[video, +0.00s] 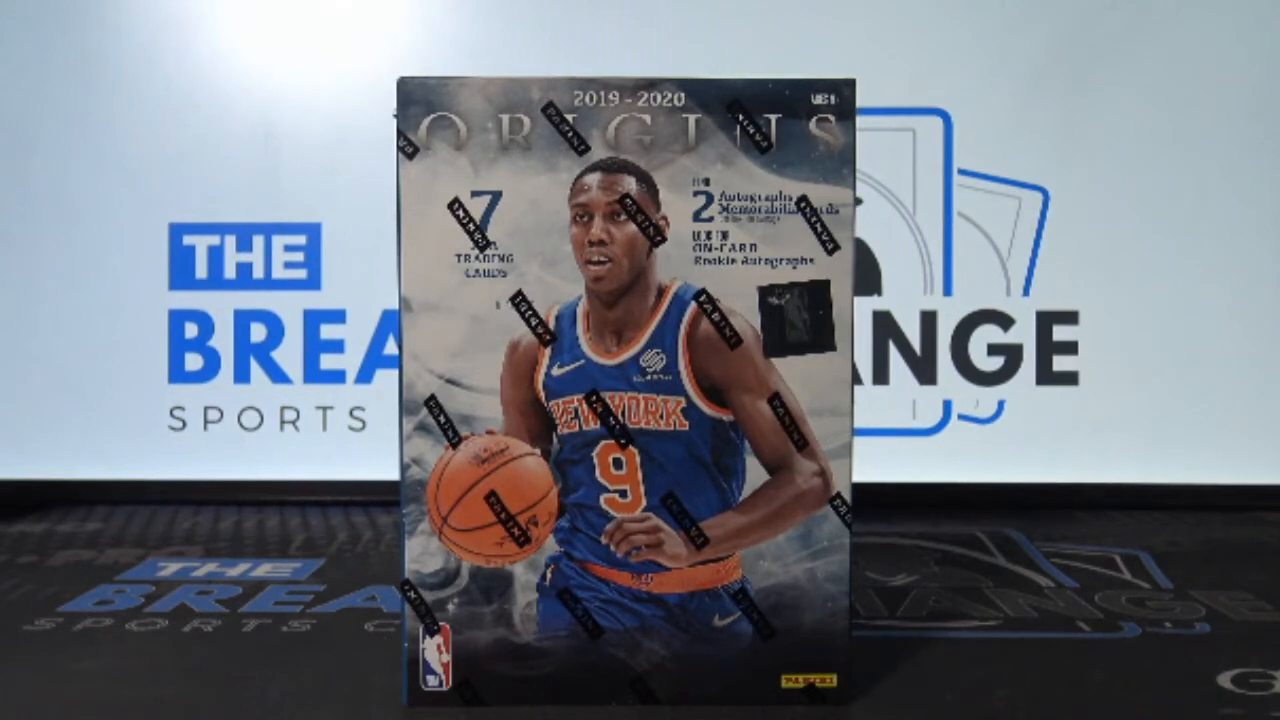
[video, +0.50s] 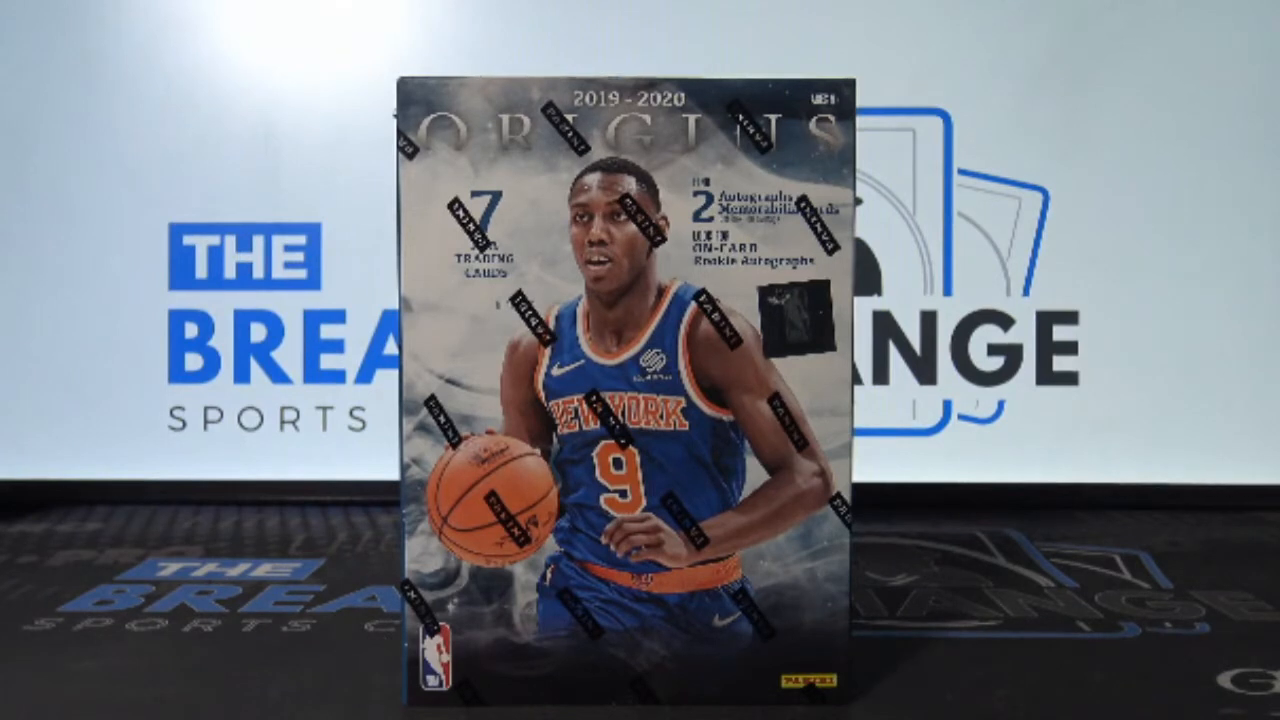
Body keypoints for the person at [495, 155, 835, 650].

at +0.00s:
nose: (595, 234)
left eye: (617, 216)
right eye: (582, 218)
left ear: (657, 230)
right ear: (570, 231)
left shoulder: (712, 334)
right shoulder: (534, 352)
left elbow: (809, 476)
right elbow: (525, 486)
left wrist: (694, 543)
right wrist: (479, 468)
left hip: (697, 613)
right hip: (583, 606)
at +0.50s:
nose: (595, 234)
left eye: (617, 216)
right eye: (582, 218)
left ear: (657, 230)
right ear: (570, 231)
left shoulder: (712, 334)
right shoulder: (534, 352)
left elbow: (809, 476)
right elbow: (525, 486)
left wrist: (694, 544)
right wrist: (479, 469)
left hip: (697, 613)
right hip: (583, 606)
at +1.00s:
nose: (595, 234)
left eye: (617, 216)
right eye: (582, 218)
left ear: (657, 230)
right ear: (570, 231)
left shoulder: (712, 334)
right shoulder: (534, 352)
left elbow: (809, 476)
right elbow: (525, 486)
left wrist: (694, 543)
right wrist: (478, 469)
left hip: (697, 611)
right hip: (583, 604)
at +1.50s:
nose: (595, 235)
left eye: (617, 216)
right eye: (582, 218)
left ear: (657, 229)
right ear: (570, 231)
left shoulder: (712, 334)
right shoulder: (534, 352)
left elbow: (809, 476)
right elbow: (526, 487)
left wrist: (695, 543)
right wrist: (477, 471)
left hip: (698, 612)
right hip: (583, 605)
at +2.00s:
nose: (595, 235)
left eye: (617, 216)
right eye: (582, 218)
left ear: (657, 229)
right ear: (570, 231)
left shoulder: (712, 334)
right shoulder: (534, 352)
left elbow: (810, 475)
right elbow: (526, 488)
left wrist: (695, 543)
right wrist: (476, 472)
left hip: (697, 613)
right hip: (582, 606)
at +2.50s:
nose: (595, 235)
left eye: (617, 216)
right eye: (582, 218)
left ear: (657, 230)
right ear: (570, 232)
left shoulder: (712, 334)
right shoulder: (534, 353)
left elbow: (809, 476)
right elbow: (525, 488)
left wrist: (695, 543)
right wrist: (475, 473)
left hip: (697, 612)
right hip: (582, 605)